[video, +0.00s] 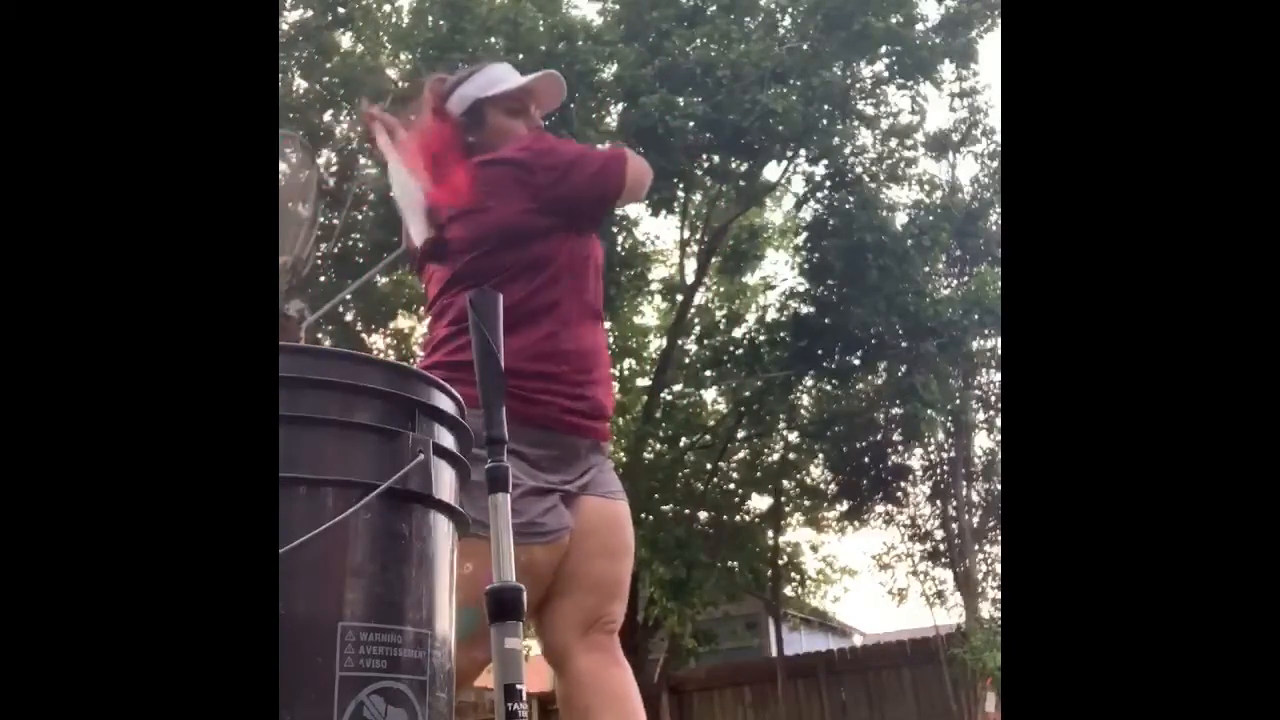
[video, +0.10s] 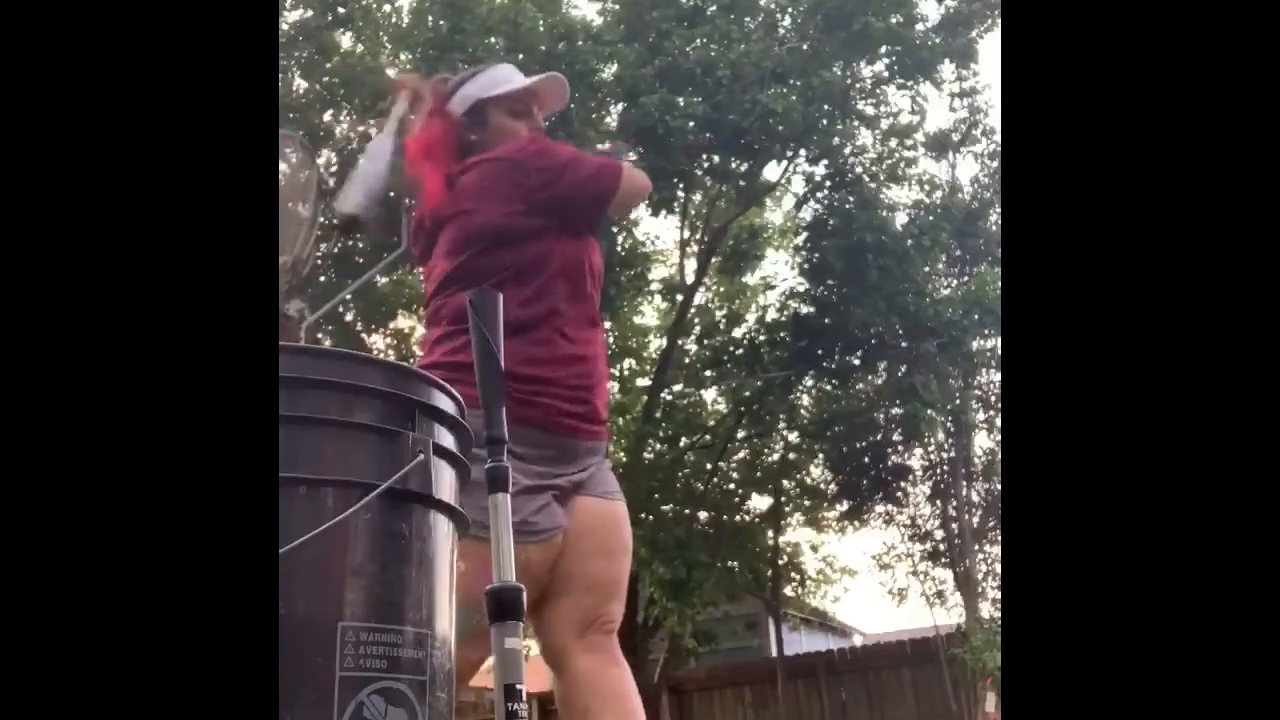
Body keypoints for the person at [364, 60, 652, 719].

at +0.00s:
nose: (537, 118)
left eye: (533, 108)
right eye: (519, 108)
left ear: (471, 126)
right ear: (479, 120)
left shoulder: (441, 188)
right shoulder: (536, 166)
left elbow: (419, 245)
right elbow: (639, 175)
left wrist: (405, 157)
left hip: (581, 452)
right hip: (494, 450)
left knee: (594, 639)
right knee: (457, 656)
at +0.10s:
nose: (539, 122)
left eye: (537, 111)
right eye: (520, 111)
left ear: (466, 127)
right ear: (477, 122)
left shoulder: (456, 192)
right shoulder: (519, 166)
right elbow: (633, 184)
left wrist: (430, 121)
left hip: (582, 456)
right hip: (494, 452)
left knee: (594, 641)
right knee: (447, 663)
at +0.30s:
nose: (532, 128)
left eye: (534, 116)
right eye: (513, 114)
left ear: (535, 121)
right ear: (467, 123)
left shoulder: (521, 186)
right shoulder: (470, 178)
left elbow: (577, 201)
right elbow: (607, 213)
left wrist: (624, 134)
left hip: (577, 455)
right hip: (491, 454)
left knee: (592, 639)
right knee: (444, 656)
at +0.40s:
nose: (536, 124)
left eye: (538, 112)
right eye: (517, 111)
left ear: (542, 117)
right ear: (468, 121)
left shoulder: (541, 199)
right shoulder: (465, 177)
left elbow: (604, 260)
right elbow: (599, 223)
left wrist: (665, 178)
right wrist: (631, 189)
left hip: (576, 454)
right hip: (480, 456)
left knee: (596, 638)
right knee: (440, 659)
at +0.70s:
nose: (582, 106)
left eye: (590, 93)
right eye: (560, 91)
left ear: (598, 105)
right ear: (513, 101)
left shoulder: (600, 194)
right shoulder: (498, 159)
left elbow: (659, 272)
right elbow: (587, 227)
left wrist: (739, 243)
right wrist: (715, 219)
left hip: (602, 439)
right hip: (485, 439)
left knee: (626, 628)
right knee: (448, 642)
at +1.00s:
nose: (584, 66)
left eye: (597, 50)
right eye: (561, 55)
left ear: (620, 63)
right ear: (530, 70)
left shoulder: (662, 167)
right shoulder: (504, 138)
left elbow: (700, 271)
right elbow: (511, 230)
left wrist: (779, 299)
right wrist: (654, 254)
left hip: (620, 423)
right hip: (486, 407)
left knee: (632, 628)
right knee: (473, 578)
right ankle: (405, 706)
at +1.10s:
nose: (569, 54)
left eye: (584, 36)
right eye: (548, 42)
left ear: (609, 46)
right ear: (520, 55)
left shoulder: (655, 152)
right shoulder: (474, 135)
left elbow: (700, 259)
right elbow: (430, 236)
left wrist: (752, 308)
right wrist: (576, 265)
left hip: (618, 419)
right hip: (481, 402)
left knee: (630, 622)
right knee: (467, 568)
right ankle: (398, 706)